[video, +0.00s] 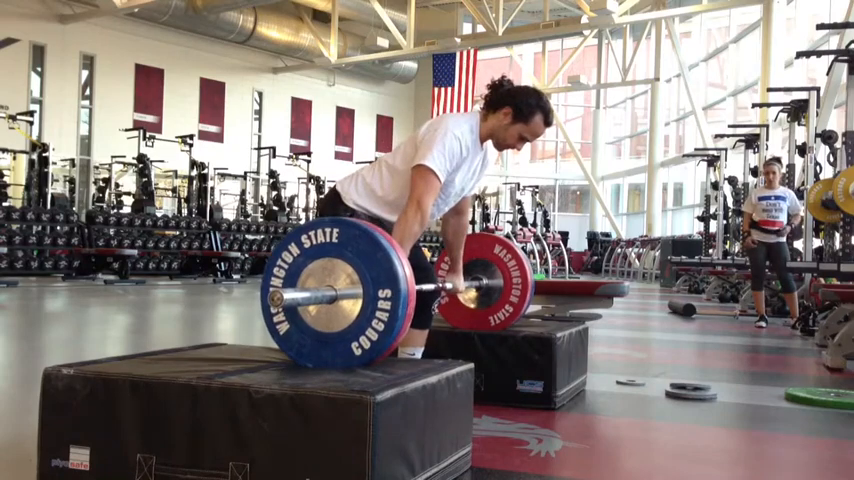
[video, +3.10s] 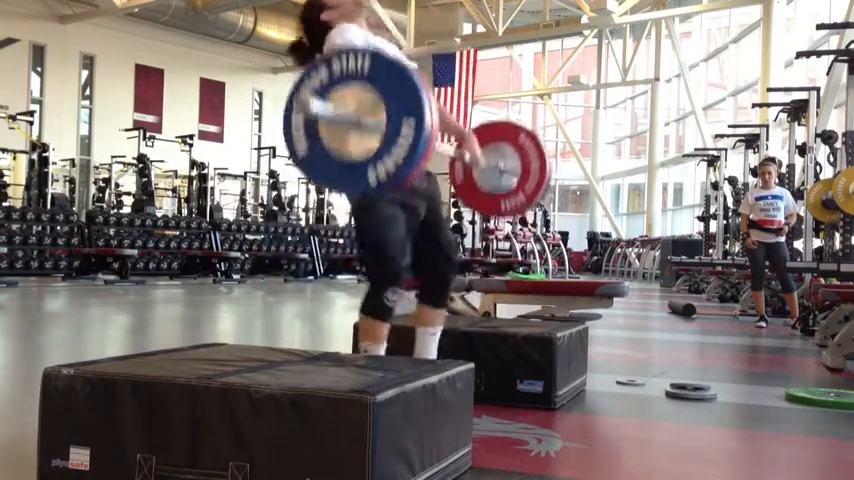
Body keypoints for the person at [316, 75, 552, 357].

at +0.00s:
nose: (520, 147)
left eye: (527, 142)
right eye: (522, 137)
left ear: (507, 116)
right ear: (505, 115)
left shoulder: (481, 153)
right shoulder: (450, 132)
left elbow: (457, 215)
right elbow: (417, 207)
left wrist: (456, 272)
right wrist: (388, 270)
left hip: (389, 223)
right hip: (350, 210)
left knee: (425, 289)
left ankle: (406, 384)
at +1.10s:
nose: (492, 96)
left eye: (493, 89)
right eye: (488, 87)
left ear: (467, 86)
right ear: (460, 82)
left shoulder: (455, 140)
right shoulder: (421, 121)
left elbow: (446, 208)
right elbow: (403, 199)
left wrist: (456, 264)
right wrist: (386, 269)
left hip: (384, 228)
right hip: (343, 219)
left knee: (427, 289)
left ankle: (405, 384)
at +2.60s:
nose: (473, 40)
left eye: (468, 34)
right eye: (463, 35)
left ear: (450, 53)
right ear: (443, 52)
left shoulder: (457, 108)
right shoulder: (429, 94)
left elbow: (450, 183)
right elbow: (408, 173)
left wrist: (457, 246)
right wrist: (398, 243)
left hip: (396, 205)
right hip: (361, 200)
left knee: (424, 283)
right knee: (376, 289)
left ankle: (407, 381)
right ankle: (366, 388)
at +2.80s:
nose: (466, 13)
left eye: (461, 7)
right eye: (455, 8)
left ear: (443, 27)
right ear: (436, 26)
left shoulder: (457, 79)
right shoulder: (429, 64)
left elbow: (450, 154)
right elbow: (406, 139)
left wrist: (454, 212)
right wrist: (392, 209)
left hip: (413, 205)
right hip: (385, 202)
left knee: (434, 285)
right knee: (402, 285)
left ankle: (412, 383)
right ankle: (374, 385)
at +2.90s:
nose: (410, 2)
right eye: (398, 1)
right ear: (378, 18)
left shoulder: (419, 62)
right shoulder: (391, 52)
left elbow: (433, 140)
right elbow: (389, 127)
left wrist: (455, 196)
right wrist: (404, 196)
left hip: (442, 201)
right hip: (412, 199)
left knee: (454, 291)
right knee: (409, 295)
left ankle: (417, 374)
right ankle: (376, 380)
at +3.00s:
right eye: (337, 1)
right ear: (334, 20)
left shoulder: (389, 52)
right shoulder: (354, 44)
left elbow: (420, 115)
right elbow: (368, 105)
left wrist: (457, 158)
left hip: (426, 183)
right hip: (390, 182)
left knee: (426, 278)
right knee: (387, 280)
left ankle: (415, 373)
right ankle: (371, 377)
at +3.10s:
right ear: (327, 14)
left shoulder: (383, 43)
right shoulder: (343, 38)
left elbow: (420, 97)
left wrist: (462, 132)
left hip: (419, 181)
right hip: (378, 185)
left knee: (441, 268)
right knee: (387, 277)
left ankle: (423, 372)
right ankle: (369, 378)